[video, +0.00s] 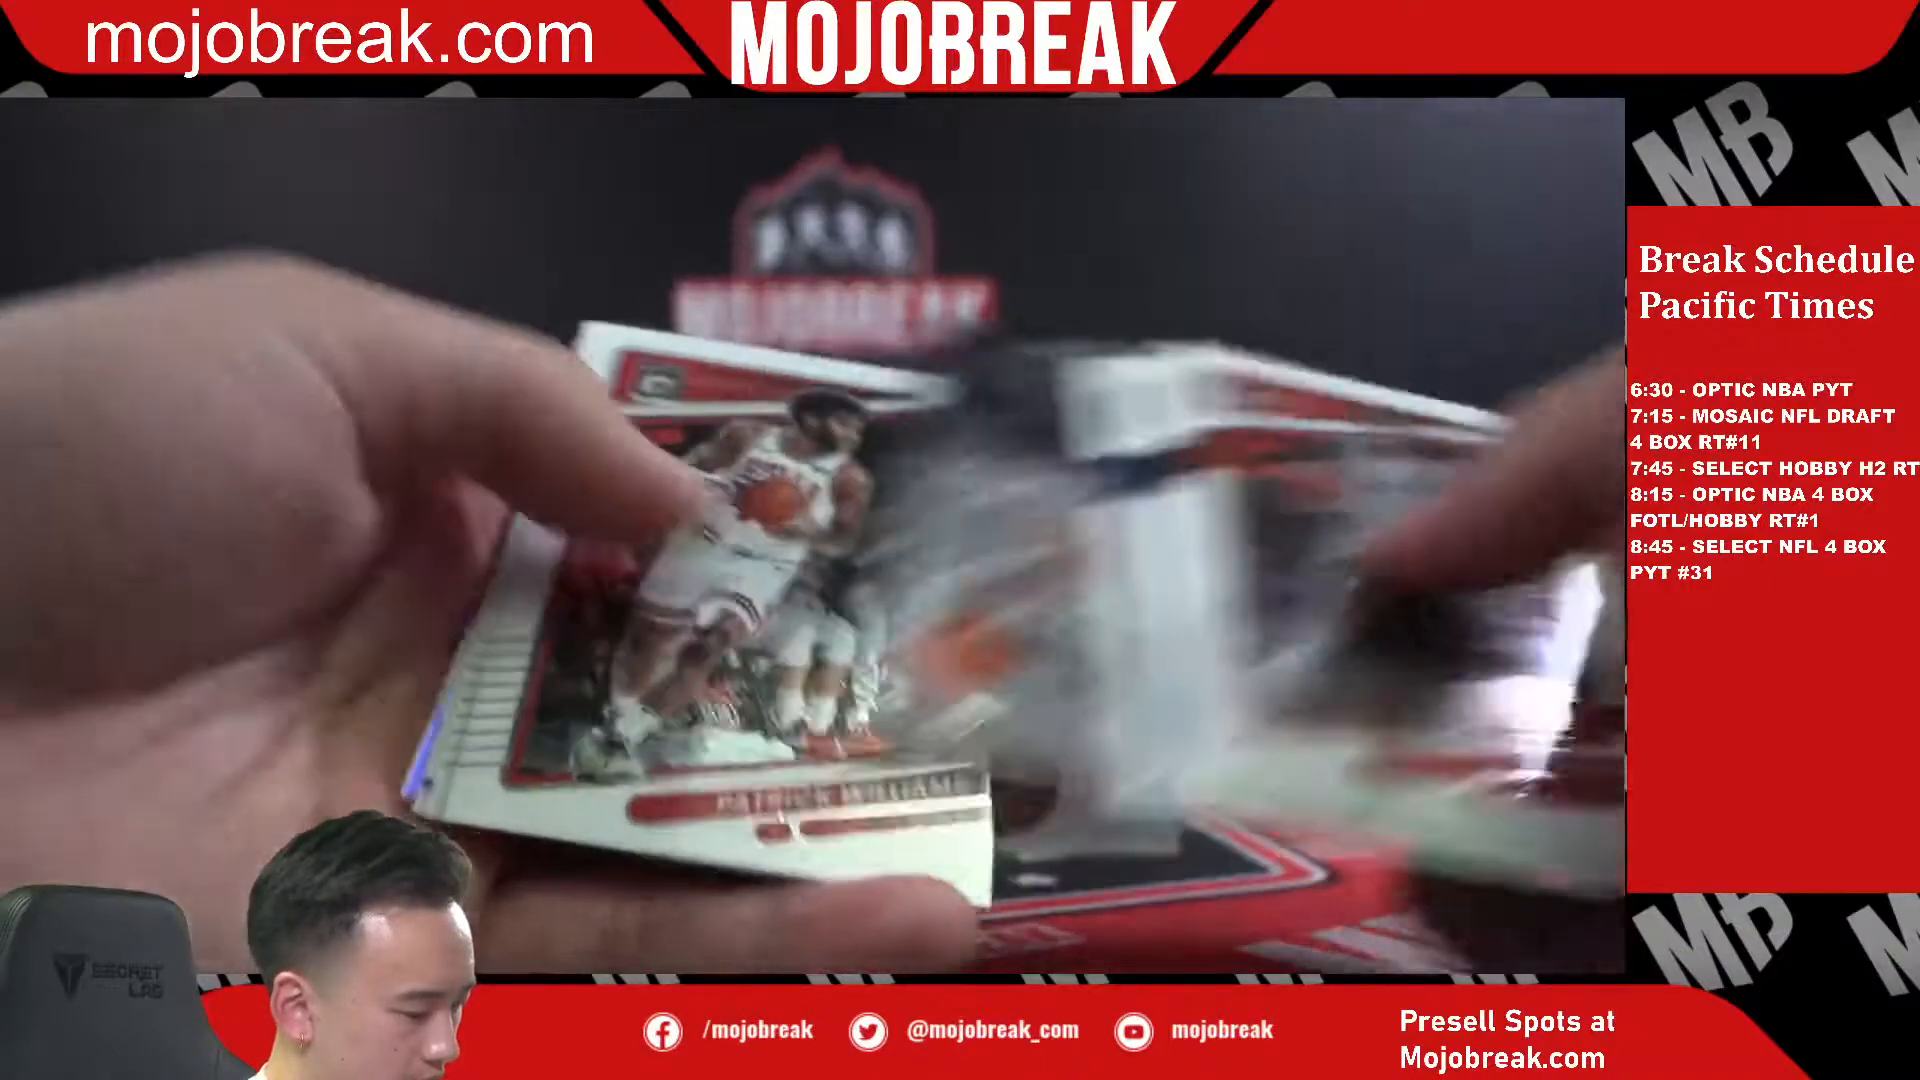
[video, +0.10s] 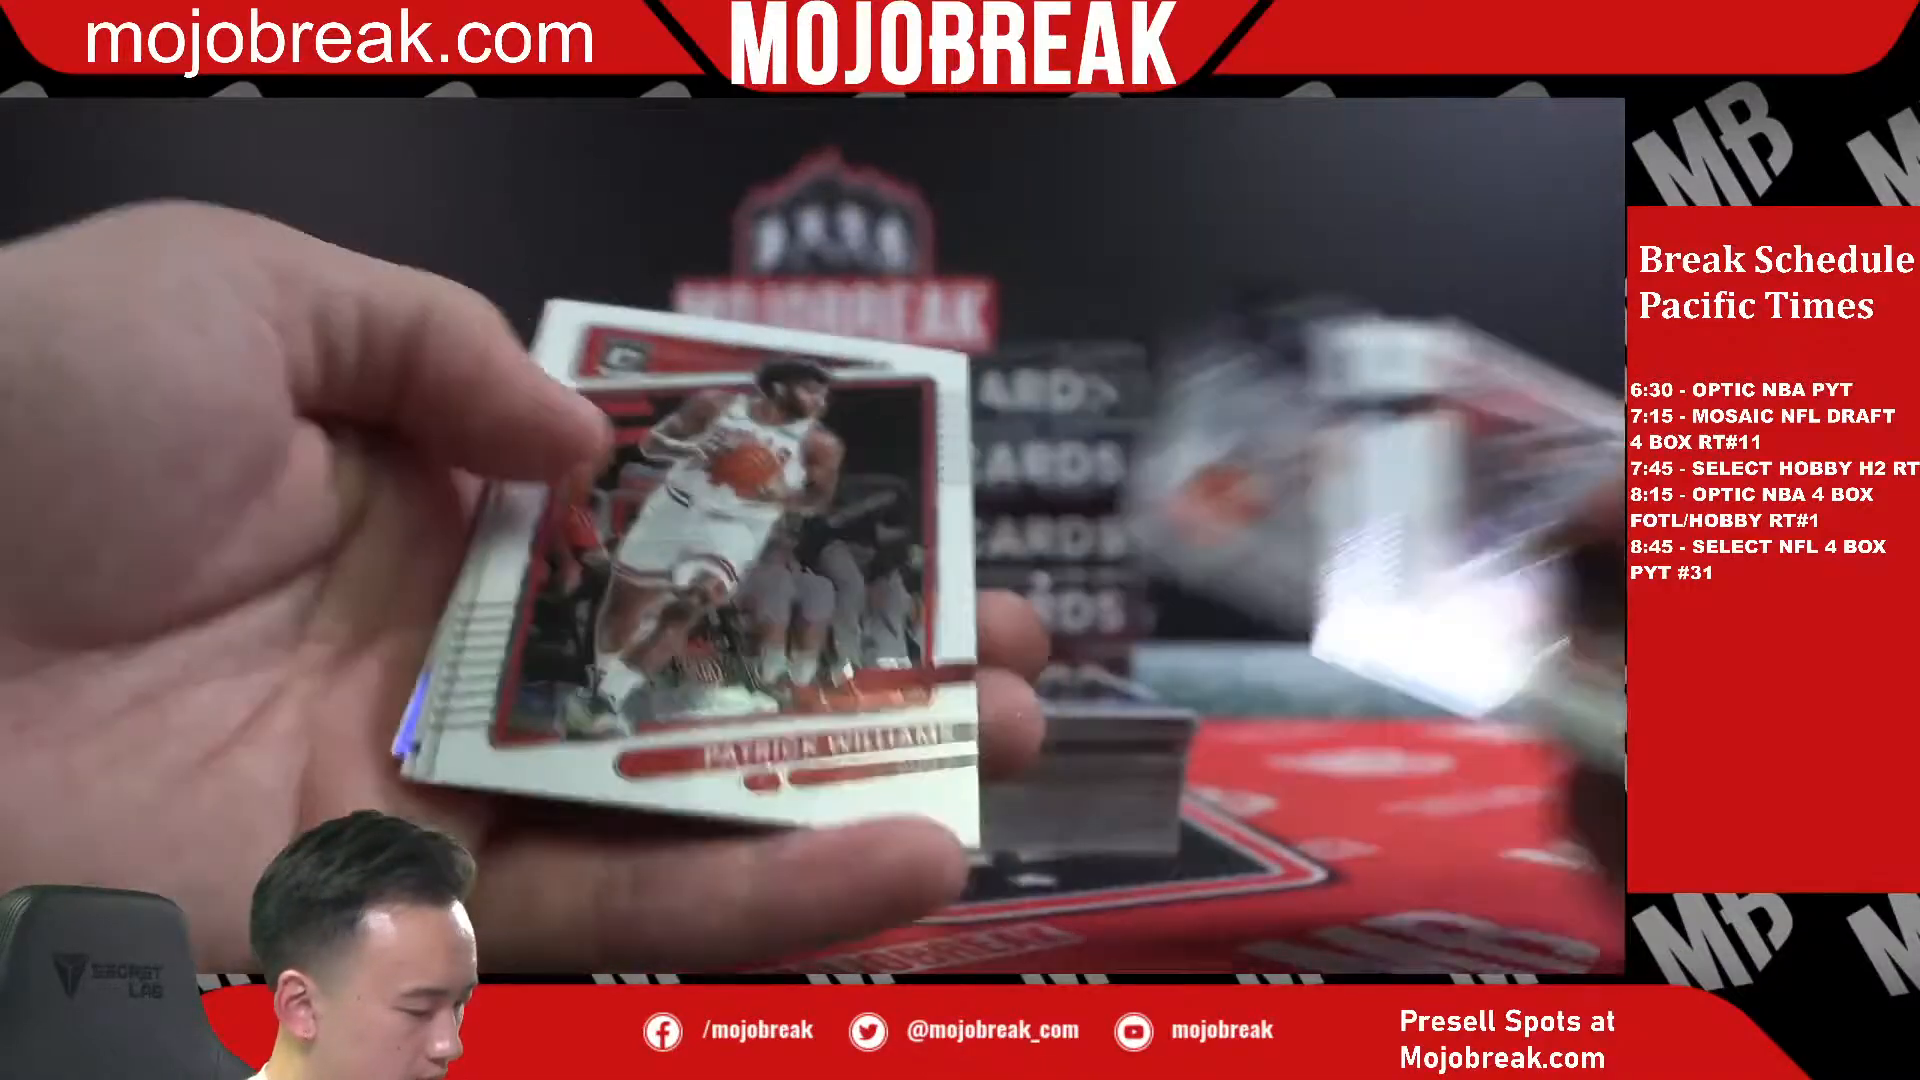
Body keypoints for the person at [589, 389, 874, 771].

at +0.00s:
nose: (852, 437)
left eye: (857, 430)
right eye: (844, 424)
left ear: (857, 439)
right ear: (810, 417)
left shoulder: (849, 479)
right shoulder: (749, 436)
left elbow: (844, 542)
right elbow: (690, 469)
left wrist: (807, 534)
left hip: (767, 565)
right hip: (703, 542)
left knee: (720, 638)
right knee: (652, 631)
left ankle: (633, 729)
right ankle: (617, 720)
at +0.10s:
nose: (819, 401)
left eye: (823, 395)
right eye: (811, 390)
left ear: (822, 405)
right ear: (779, 387)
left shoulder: (820, 446)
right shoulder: (716, 406)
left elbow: (819, 499)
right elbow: (651, 442)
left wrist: (779, 496)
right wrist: (696, 450)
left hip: (735, 530)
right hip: (672, 509)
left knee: (696, 602)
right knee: (622, 603)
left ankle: (611, 696)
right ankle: (601, 687)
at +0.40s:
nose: (827, 390)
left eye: (832, 382)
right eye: (820, 379)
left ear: (835, 387)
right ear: (792, 377)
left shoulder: (832, 432)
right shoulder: (728, 398)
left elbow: (832, 486)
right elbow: (663, 436)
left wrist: (777, 484)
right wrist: (710, 443)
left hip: (748, 517)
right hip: (684, 501)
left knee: (706, 589)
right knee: (638, 588)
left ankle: (629, 680)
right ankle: (620, 680)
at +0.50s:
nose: (916, 387)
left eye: (918, 379)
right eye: (909, 378)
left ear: (914, 382)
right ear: (877, 376)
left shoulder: (918, 427)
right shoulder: (811, 395)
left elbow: (919, 484)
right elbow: (753, 430)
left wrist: (863, 481)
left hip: (839, 511)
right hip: (771, 495)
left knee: (791, 585)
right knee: (733, 585)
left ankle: (717, 682)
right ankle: (705, 683)